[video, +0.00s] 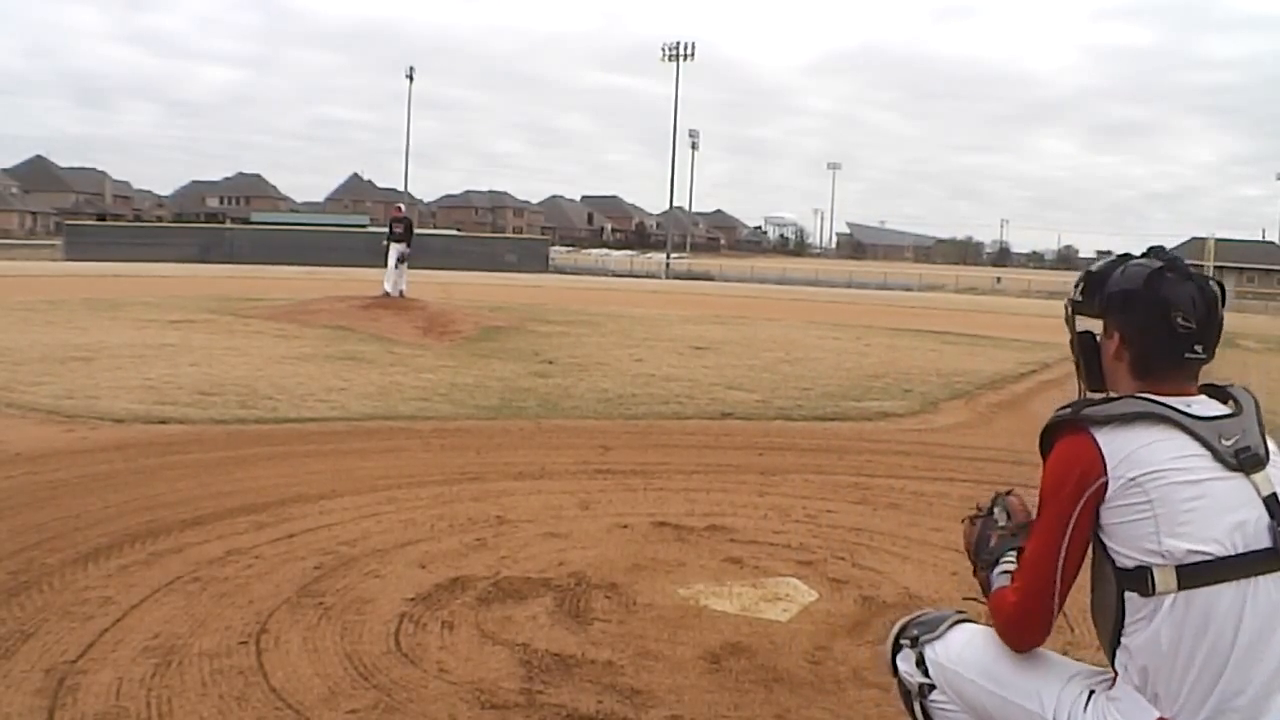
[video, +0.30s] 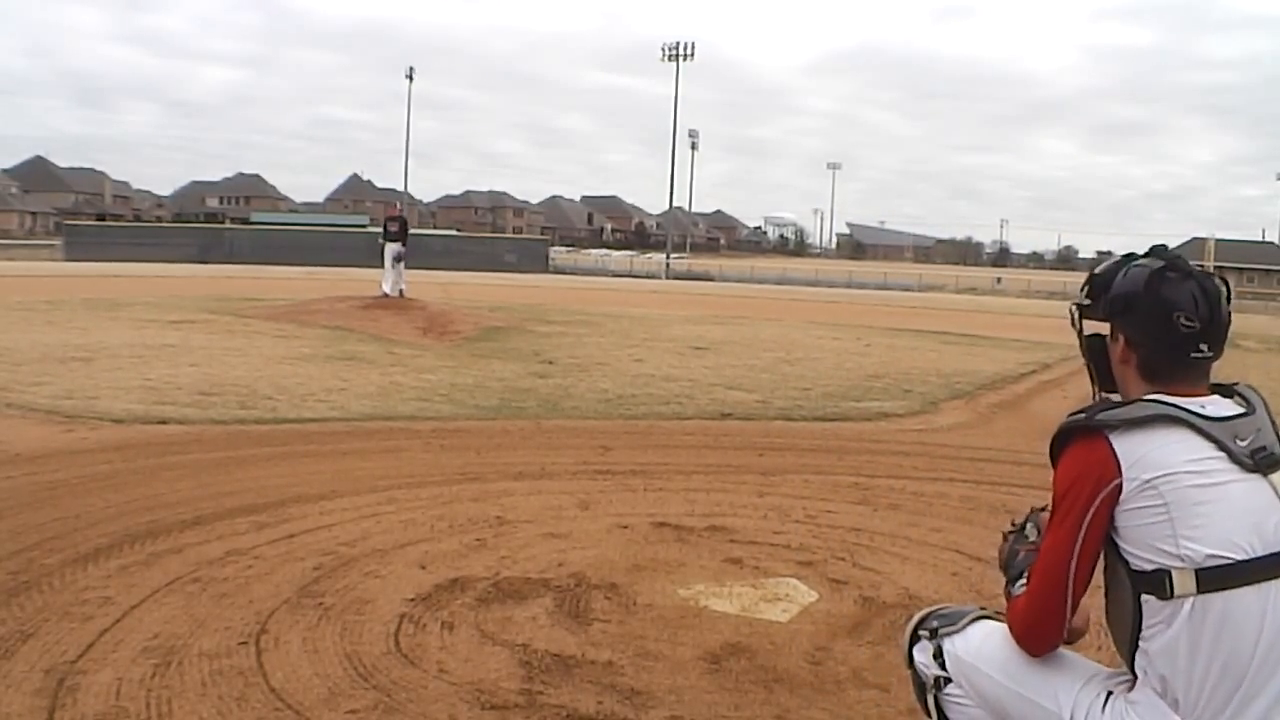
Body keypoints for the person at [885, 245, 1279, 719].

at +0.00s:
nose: (1093, 344)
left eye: (1098, 330)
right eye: (1097, 329)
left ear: (1115, 343)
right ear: (1198, 345)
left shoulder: (1094, 441)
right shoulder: (1248, 423)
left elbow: (1022, 630)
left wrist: (999, 561)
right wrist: (1049, 529)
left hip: (1161, 711)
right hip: (1265, 705)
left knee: (926, 647)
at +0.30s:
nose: (1102, 345)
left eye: (1106, 332)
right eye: (1105, 331)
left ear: (1122, 347)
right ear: (1209, 349)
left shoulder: (1106, 444)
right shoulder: (1254, 417)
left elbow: (1036, 635)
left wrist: (1026, 571)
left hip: (1174, 712)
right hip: (1263, 704)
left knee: (941, 641)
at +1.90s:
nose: (1114, 361)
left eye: (1120, 348)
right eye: (1117, 347)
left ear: (1138, 364)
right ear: (1217, 369)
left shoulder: (1109, 458)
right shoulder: (1260, 436)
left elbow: (1039, 651)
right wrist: (1112, 591)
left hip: (1168, 716)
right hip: (1262, 709)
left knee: (945, 641)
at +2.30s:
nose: (1136, 356)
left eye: (1144, 344)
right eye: (1140, 343)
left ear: (1162, 358)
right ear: (1240, 368)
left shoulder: (1140, 448)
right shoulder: (1270, 438)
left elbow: (1016, 611)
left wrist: (1051, 525)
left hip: (1179, 711)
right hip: (1265, 707)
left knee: (955, 639)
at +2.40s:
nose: (1141, 353)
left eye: (1150, 341)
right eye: (1147, 340)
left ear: (1168, 353)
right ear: (1245, 366)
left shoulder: (1148, 444)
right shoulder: (1271, 435)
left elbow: (992, 568)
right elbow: (1151, 541)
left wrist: (1046, 504)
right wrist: (1060, 511)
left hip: (1179, 711)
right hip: (1265, 707)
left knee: (963, 627)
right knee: (1142, 640)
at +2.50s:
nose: (1147, 351)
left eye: (1154, 339)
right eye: (1151, 338)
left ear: (1171, 352)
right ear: (1246, 360)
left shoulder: (1149, 437)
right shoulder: (1272, 429)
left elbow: (977, 529)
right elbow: (1123, 527)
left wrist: (1047, 480)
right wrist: (1059, 485)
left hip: (1180, 708)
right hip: (1268, 703)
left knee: (974, 590)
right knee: (1133, 640)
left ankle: (1018, 709)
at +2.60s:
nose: (1140, 347)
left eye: (1148, 335)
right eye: (1145, 334)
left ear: (1164, 348)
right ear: (1238, 356)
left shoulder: (1146, 432)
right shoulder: (1269, 425)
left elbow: (964, 508)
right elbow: (1111, 513)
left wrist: (1034, 462)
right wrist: (1060, 475)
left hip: (1187, 706)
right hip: (1269, 704)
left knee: (978, 566)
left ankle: (984, 710)